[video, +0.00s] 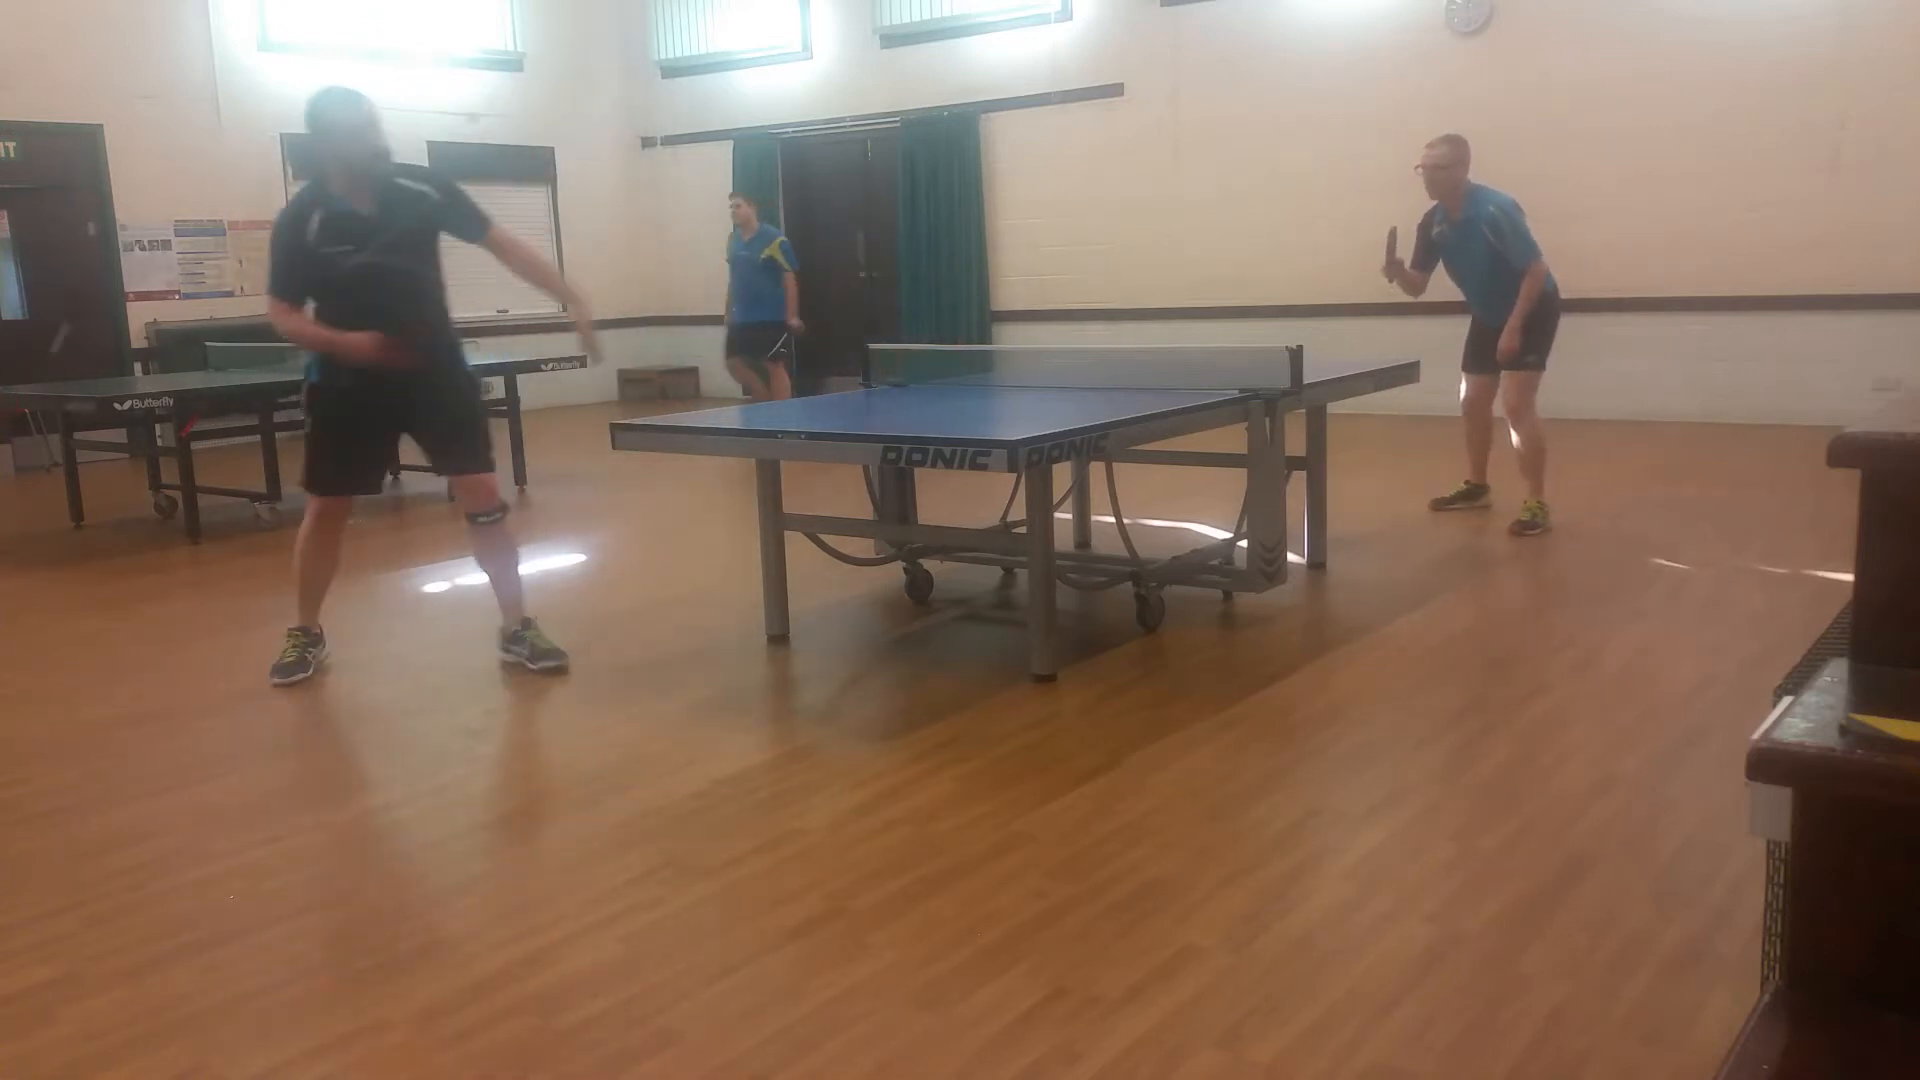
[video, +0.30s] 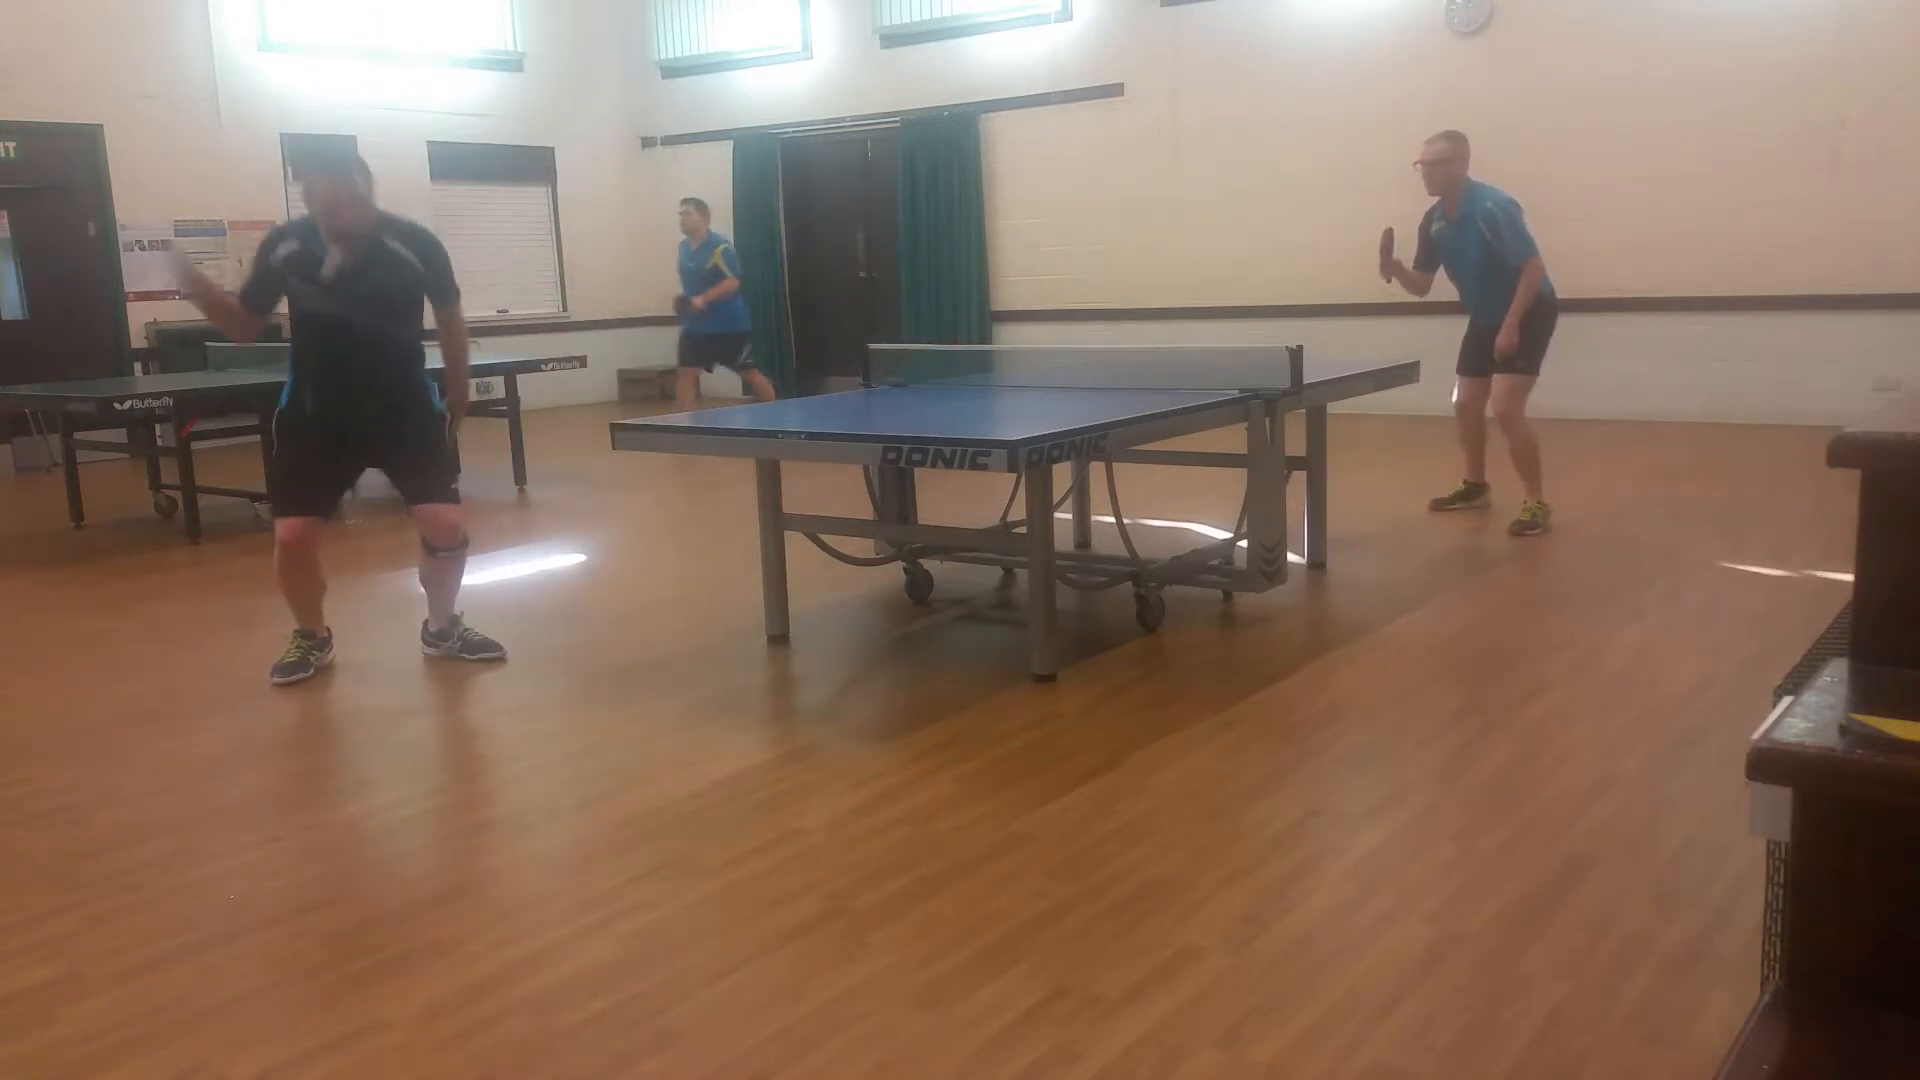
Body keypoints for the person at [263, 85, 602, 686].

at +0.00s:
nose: (370, 141)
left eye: (372, 128)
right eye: (353, 133)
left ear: (381, 131)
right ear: (322, 145)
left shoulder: (424, 193)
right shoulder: (299, 220)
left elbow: (502, 243)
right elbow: (283, 314)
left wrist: (572, 296)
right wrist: (350, 342)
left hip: (434, 374)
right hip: (347, 386)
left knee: (479, 491)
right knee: (326, 507)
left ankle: (518, 628)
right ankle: (305, 632)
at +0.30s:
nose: (333, 219)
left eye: (342, 205)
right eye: (321, 207)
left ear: (367, 193)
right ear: (307, 203)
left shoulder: (418, 247)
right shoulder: (287, 246)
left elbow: (450, 324)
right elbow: (246, 326)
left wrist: (457, 398)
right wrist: (197, 287)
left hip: (402, 405)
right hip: (316, 410)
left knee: (445, 526)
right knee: (292, 536)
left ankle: (442, 628)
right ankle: (311, 635)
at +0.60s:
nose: (491, 272)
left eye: (492, 260)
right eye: (485, 259)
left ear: (452, 249)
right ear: (449, 249)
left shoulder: (437, 285)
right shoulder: (380, 291)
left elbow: (416, 377)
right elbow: (383, 403)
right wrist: (474, 448)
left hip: (391, 415)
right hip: (335, 425)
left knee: (482, 513)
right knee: (346, 565)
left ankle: (447, 626)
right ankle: (290, 629)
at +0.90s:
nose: (535, 190)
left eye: (537, 178)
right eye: (529, 177)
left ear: (493, 172)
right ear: (491, 171)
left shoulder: (478, 224)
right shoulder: (437, 225)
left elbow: (460, 330)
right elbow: (427, 344)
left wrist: (535, 376)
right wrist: (527, 371)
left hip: (450, 378)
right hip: (410, 383)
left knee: (509, 506)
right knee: (495, 500)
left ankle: (453, 621)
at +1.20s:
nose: (574, 136)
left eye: (572, 122)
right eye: (565, 121)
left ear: (522, 125)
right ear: (523, 123)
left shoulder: (509, 188)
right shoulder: (485, 186)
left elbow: (521, 300)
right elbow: (495, 305)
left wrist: (600, 313)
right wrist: (603, 327)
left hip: (485, 370)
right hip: (473, 375)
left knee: (508, 511)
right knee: (563, 509)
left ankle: (444, 642)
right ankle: (543, 679)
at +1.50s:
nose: (609, 159)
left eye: (610, 145)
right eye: (602, 144)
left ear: (552, 137)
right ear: (565, 136)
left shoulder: (502, 184)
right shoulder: (529, 192)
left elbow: (492, 304)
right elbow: (539, 301)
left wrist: (541, 376)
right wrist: (601, 366)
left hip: (455, 376)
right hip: (487, 381)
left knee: (513, 539)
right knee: (582, 530)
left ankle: (444, 676)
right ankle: (569, 712)